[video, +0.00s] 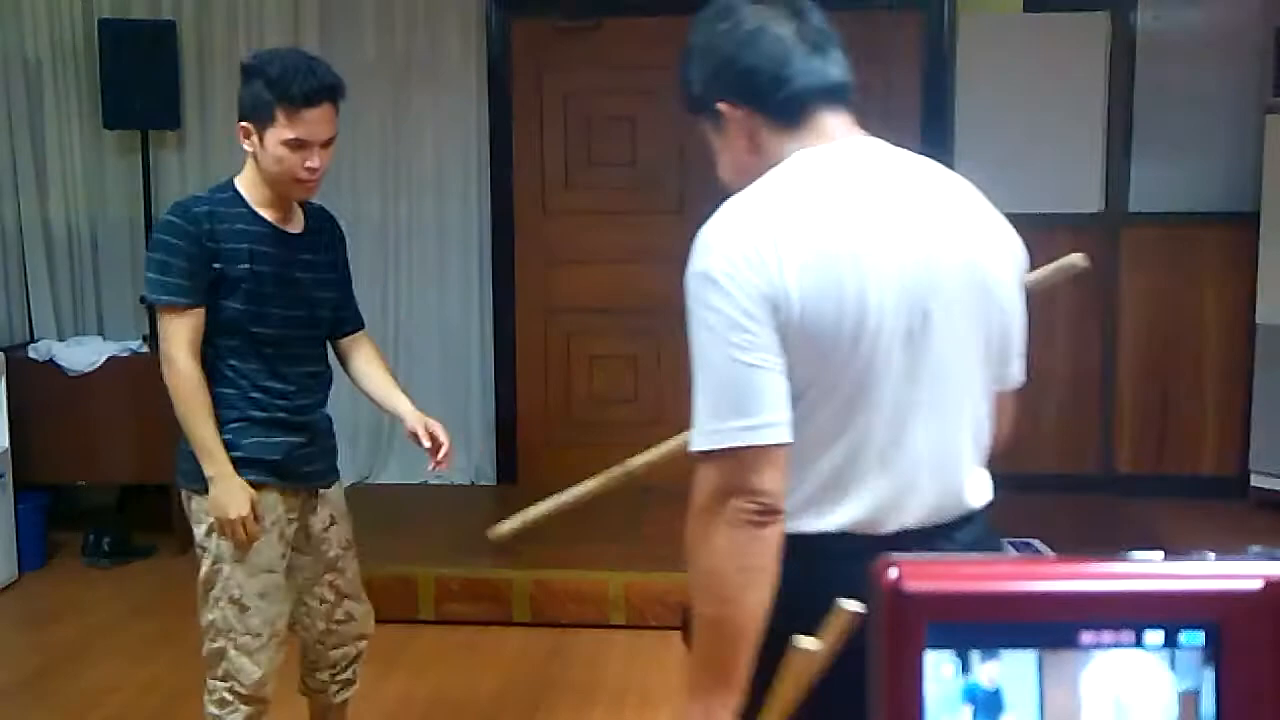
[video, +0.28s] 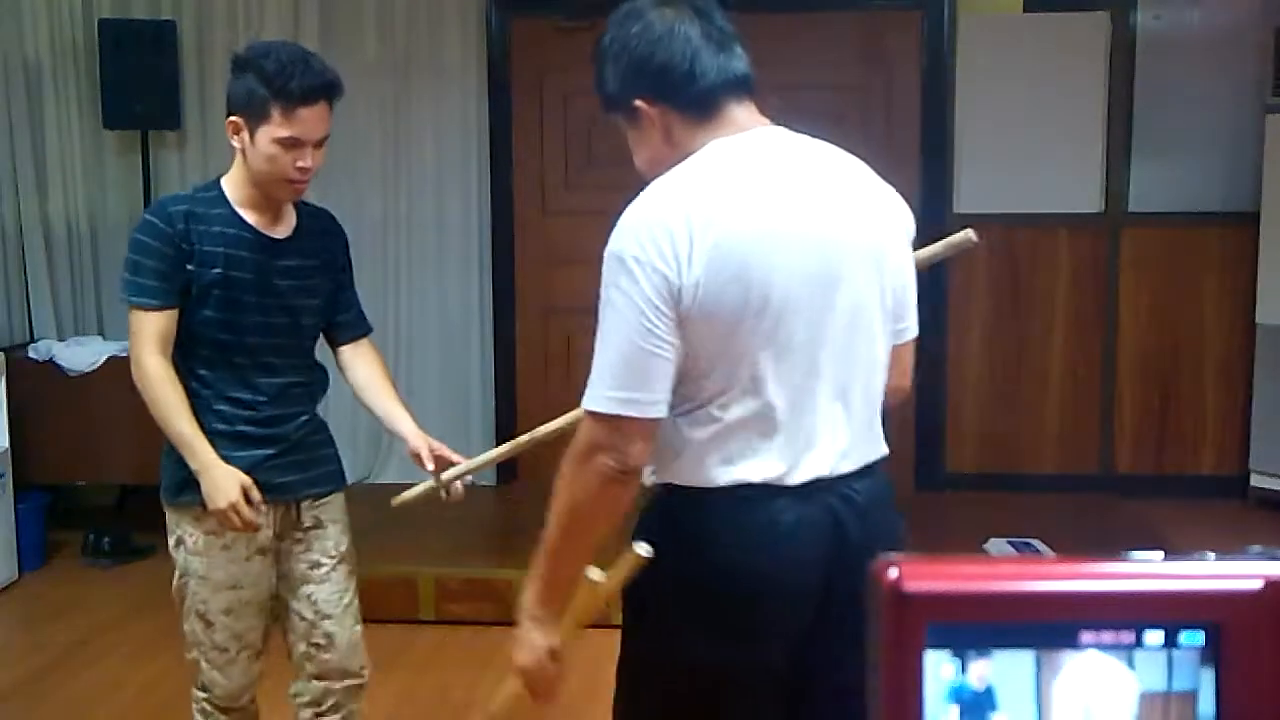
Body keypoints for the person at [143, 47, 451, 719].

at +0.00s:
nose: (315, 162)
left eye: (326, 144)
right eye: (297, 146)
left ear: (337, 135)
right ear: (249, 136)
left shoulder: (324, 232)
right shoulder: (194, 225)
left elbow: (351, 341)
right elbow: (178, 359)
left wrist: (407, 412)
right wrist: (221, 477)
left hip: (317, 478)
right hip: (236, 482)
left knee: (340, 646)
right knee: (243, 671)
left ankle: (330, 717)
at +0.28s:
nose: (308, 163)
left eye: (319, 144)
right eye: (290, 145)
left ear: (328, 134)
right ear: (237, 134)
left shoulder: (324, 234)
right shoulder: (174, 226)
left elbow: (352, 342)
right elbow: (148, 359)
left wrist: (412, 433)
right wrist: (208, 467)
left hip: (313, 483)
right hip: (215, 493)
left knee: (337, 680)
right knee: (227, 691)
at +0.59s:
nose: (334, 158)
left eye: (346, 141)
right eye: (318, 137)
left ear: (355, 133)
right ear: (263, 123)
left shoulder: (335, 238)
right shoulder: (182, 215)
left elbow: (351, 366)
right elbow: (139, 350)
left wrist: (406, 450)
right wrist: (202, 467)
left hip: (317, 500)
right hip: (220, 504)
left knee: (329, 699)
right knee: (241, 704)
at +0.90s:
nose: (315, 156)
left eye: (322, 137)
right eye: (301, 135)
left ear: (324, 127)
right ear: (239, 121)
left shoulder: (283, 231)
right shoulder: (161, 221)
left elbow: (298, 362)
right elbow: (146, 374)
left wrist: (373, 449)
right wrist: (275, 457)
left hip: (282, 511)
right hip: (199, 521)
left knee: (304, 699)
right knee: (224, 707)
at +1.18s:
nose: (259, 150)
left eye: (263, 132)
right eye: (248, 129)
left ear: (185, 120)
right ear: (183, 116)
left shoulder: (169, 221)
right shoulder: (135, 218)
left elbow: (196, 374)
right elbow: (185, 381)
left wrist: (281, 440)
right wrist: (323, 396)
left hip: (181, 528)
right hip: (157, 537)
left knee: (218, 698)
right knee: (206, 702)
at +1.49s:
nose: (174, 144)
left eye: (178, 125)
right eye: (168, 122)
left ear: (104, 110)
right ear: (108, 109)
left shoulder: (26, 215)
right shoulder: (101, 222)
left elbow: (67, 392)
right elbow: (204, 362)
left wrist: (177, 428)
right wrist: (291, 310)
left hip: (55, 526)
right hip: (128, 536)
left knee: (84, 699)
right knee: (172, 706)